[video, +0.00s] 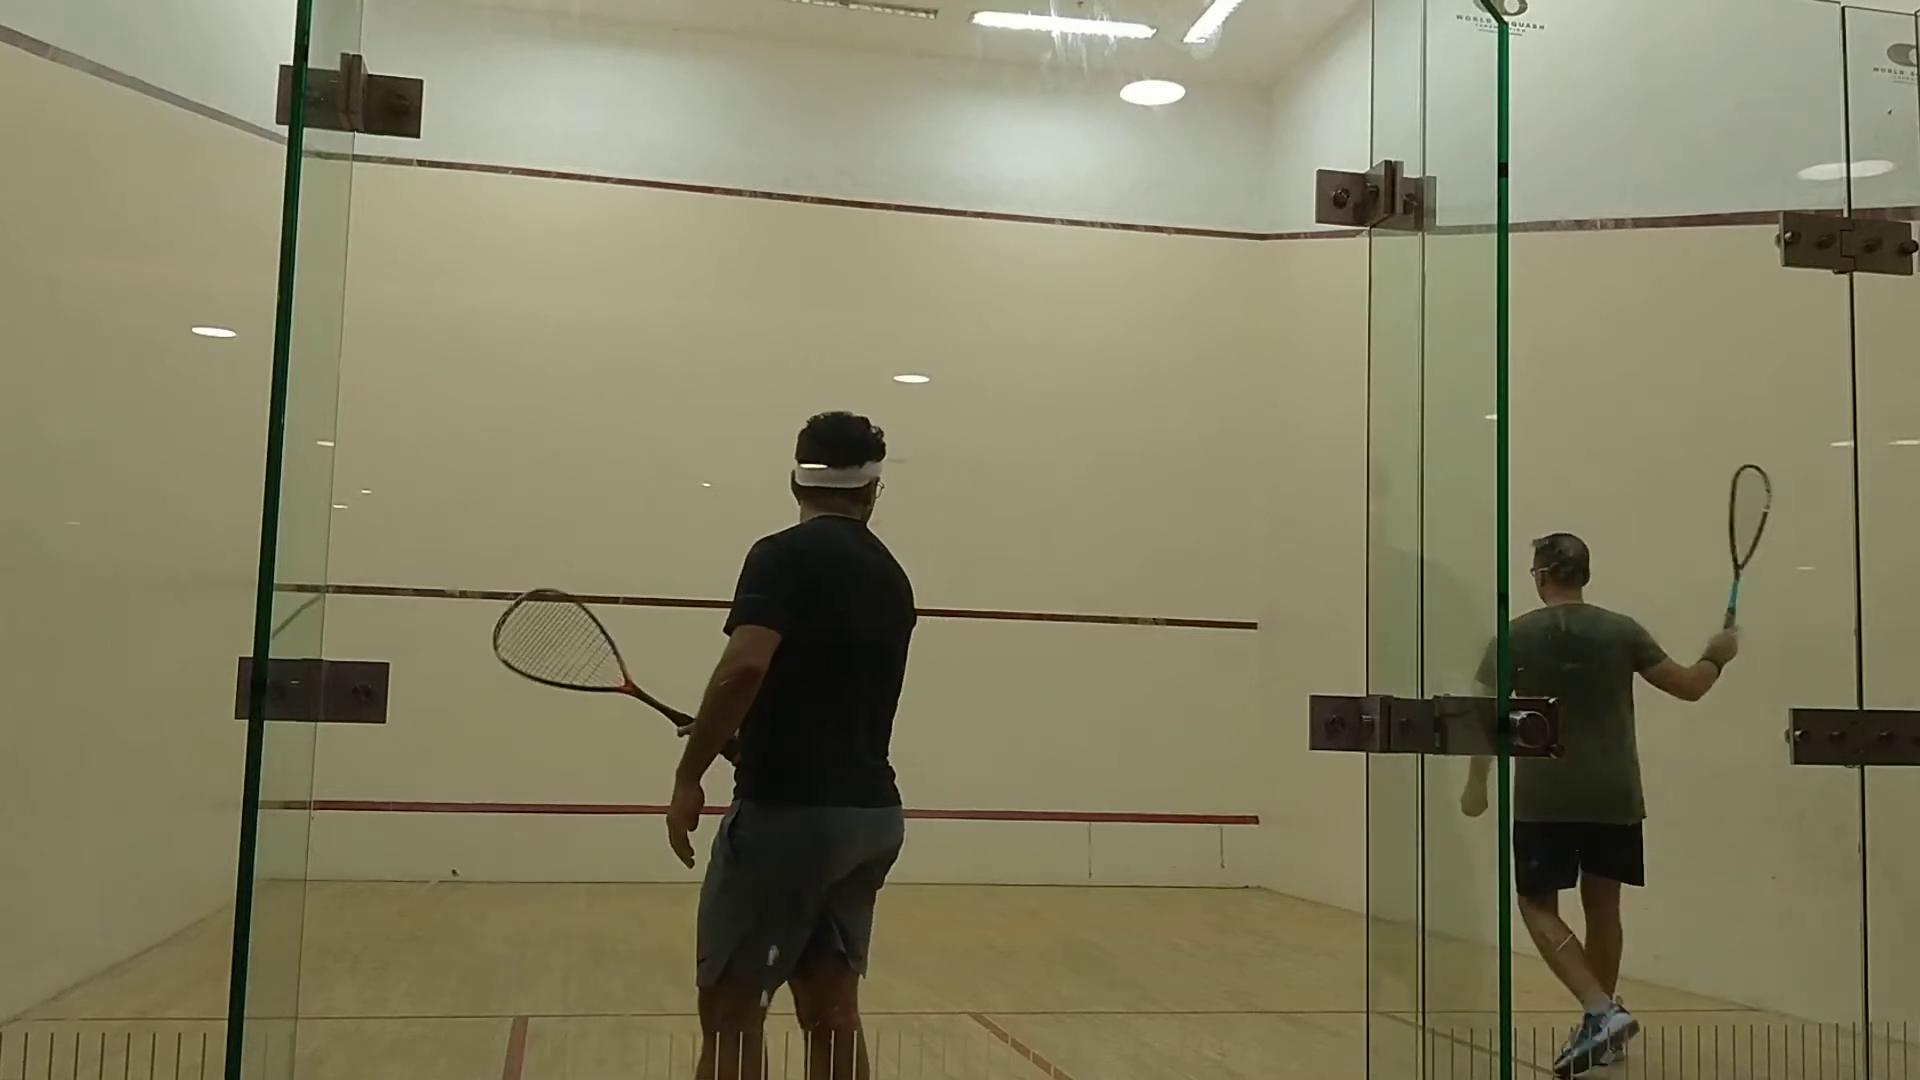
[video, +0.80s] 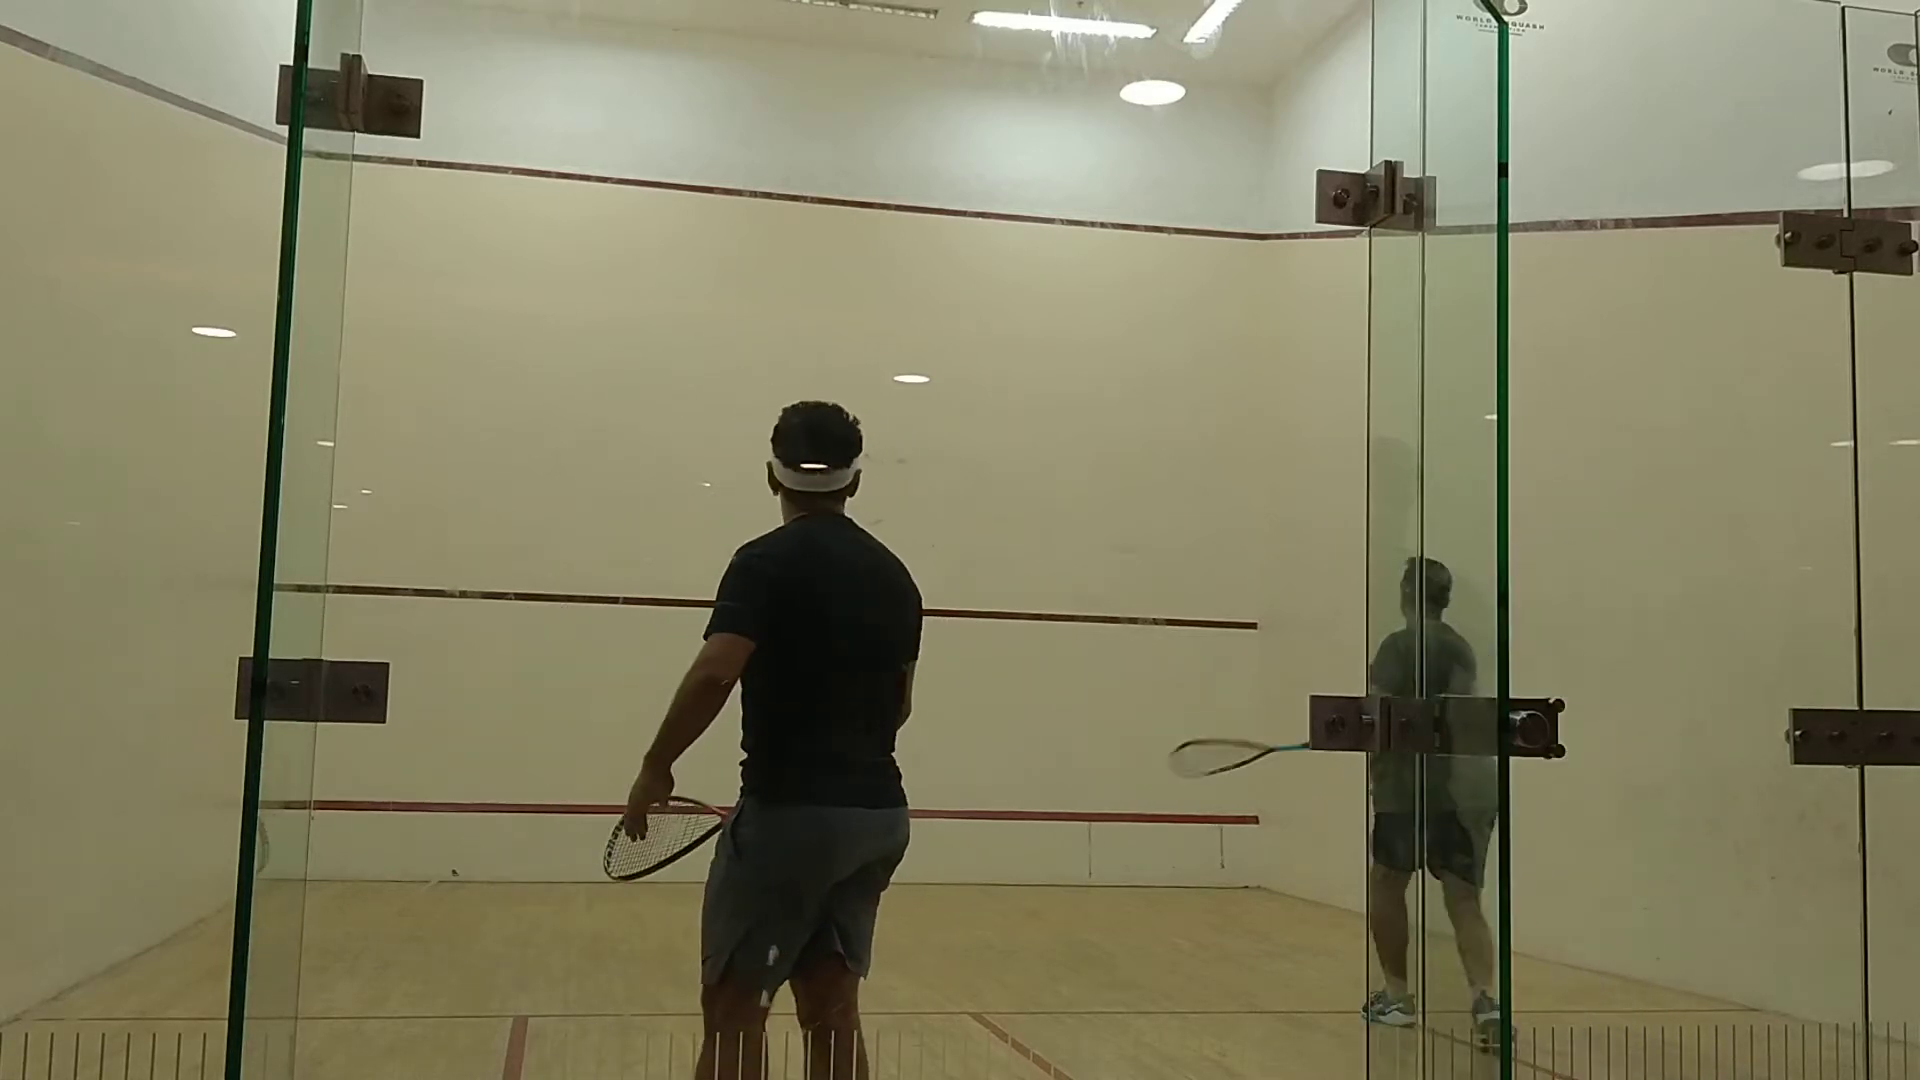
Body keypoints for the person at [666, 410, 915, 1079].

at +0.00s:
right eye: (874, 483)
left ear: (798, 484)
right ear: (874, 491)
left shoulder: (779, 555)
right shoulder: (891, 576)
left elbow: (744, 669)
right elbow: (855, 704)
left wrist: (688, 775)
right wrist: (748, 737)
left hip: (781, 821)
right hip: (871, 819)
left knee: (731, 1009)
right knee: (830, 1003)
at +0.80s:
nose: (781, 476)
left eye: (776, 468)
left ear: (774, 476)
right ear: (854, 479)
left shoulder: (762, 562)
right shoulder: (895, 576)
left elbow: (716, 673)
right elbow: (896, 706)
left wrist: (657, 764)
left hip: (785, 820)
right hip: (876, 819)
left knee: (732, 1006)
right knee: (830, 1002)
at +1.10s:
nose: (770, 473)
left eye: (771, 463)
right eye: (778, 462)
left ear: (774, 475)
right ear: (849, 475)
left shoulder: (796, 559)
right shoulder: (882, 561)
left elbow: (794, 673)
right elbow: (869, 699)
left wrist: (730, 799)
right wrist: (789, 803)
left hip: (818, 818)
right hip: (890, 815)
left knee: (772, 1007)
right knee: (835, 1004)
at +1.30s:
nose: (773, 476)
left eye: (774, 464)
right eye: (779, 463)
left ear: (785, 482)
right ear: (861, 479)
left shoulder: (821, 567)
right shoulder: (889, 558)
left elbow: (823, 696)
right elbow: (891, 708)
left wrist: (774, 831)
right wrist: (813, 832)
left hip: (857, 830)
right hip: (908, 825)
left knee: (821, 1024)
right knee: (837, 1017)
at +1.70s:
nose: (747, 499)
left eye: (758, 480)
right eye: (748, 481)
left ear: (813, 483)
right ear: (812, 484)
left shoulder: (880, 571)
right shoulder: (829, 576)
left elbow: (911, 705)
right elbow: (841, 704)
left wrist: (862, 849)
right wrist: (785, 760)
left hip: (916, 843)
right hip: (838, 838)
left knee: (915, 1050)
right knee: (759, 1018)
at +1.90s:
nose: (711, 509)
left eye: (724, 489)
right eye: (708, 493)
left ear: (786, 485)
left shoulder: (887, 577)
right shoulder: (754, 597)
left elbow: (971, 697)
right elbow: (760, 706)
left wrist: (952, 826)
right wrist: (736, 776)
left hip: (904, 856)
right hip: (805, 852)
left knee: (928, 1054)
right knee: (737, 1024)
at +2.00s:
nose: (687, 535)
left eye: (699, 514)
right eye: (683, 518)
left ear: (759, 506)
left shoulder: (868, 585)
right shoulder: (725, 628)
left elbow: (975, 695)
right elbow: (740, 743)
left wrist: (977, 825)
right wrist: (716, 830)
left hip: (906, 858)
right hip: (802, 851)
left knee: (921, 1058)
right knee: (695, 1009)